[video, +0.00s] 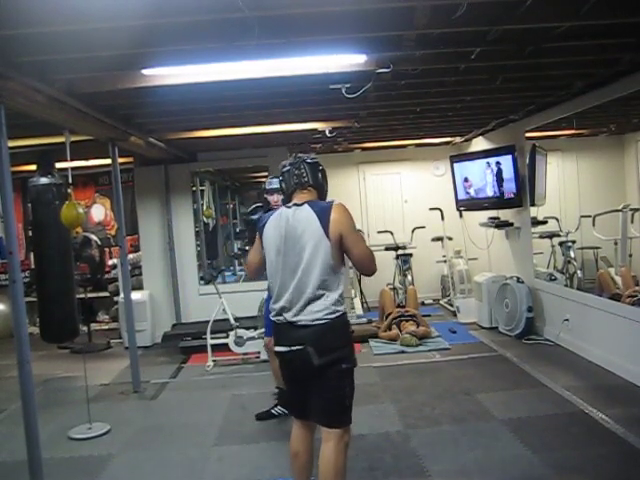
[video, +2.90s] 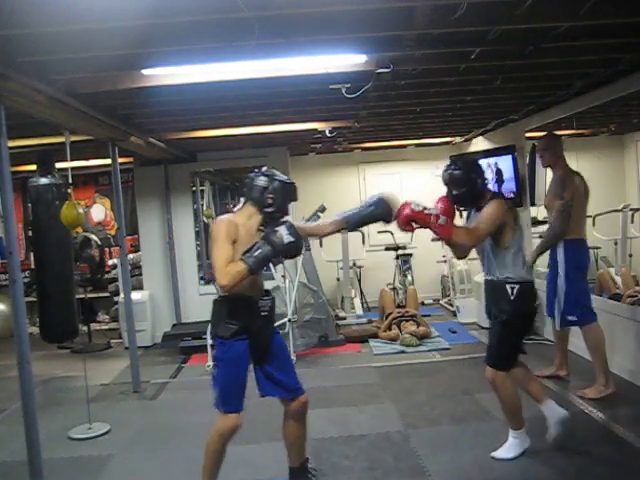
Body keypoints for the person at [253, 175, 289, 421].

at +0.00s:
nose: (273, 199)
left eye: (277, 194)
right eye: (269, 194)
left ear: (289, 195)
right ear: (264, 197)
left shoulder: (301, 218)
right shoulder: (266, 221)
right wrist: (255, 229)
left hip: (302, 289)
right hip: (276, 288)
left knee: (302, 343)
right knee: (271, 343)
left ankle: (308, 397)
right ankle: (284, 397)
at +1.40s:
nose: (276, 204)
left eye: (280, 199)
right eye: (271, 200)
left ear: (286, 200)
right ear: (260, 202)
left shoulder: (297, 226)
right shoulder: (253, 229)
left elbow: (326, 259)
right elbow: (233, 265)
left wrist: (308, 240)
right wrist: (244, 236)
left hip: (297, 298)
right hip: (266, 299)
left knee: (315, 363)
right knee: (253, 368)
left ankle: (336, 421)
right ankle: (250, 433)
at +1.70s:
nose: (245, 203)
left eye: (249, 197)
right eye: (240, 197)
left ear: (255, 197)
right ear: (227, 198)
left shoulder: (265, 222)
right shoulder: (213, 228)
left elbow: (293, 257)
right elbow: (201, 273)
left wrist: (298, 243)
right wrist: (217, 244)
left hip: (264, 299)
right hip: (230, 301)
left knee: (272, 371)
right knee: (233, 376)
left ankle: (294, 423)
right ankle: (242, 438)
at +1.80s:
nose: (242, 202)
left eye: (246, 196)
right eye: (236, 196)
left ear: (250, 198)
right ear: (221, 196)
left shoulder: (258, 222)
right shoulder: (204, 226)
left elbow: (289, 258)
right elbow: (193, 271)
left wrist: (295, 242)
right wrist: (212, 243)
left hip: (257, 301)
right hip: (224, 303)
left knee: (261, 376)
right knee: (231, 377)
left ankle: (264, 453)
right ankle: (241, 438)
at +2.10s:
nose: (241, 202)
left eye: (243, 196)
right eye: (235, 196)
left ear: (243, 198)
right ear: (217, 196)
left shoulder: (249, 225)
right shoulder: (195, 228)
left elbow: (276, 264)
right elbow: (184, 277)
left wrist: (290, 248)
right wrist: (209, 246)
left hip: (246, 311)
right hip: (209, 312)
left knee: (245, 393)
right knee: (201, 394)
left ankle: (242, 464)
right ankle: (209, 444)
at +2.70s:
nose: (263, 206)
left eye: (264, 200)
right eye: (259, 199)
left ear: (241, 197)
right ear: (240, 196)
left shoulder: (248, 225)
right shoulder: (207, 228)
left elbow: (271, 256)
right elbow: (215, 282)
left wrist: (303, 250)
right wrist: (250, 248)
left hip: (252, 323)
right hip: (221, 329)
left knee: (287, 400)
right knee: (221, 418)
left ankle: (270, 471)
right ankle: (205, 477)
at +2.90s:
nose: (286, 209)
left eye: (286, 202)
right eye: (282, 201)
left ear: (264, 198)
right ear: (265, 197)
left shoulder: (270, 226)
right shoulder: (224, 224)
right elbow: (225, 279)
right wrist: (268, 248)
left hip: (262, 324)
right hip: (231, 328)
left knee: (297, 403)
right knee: (229, 421)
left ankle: (298, 472)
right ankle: (207, 476)